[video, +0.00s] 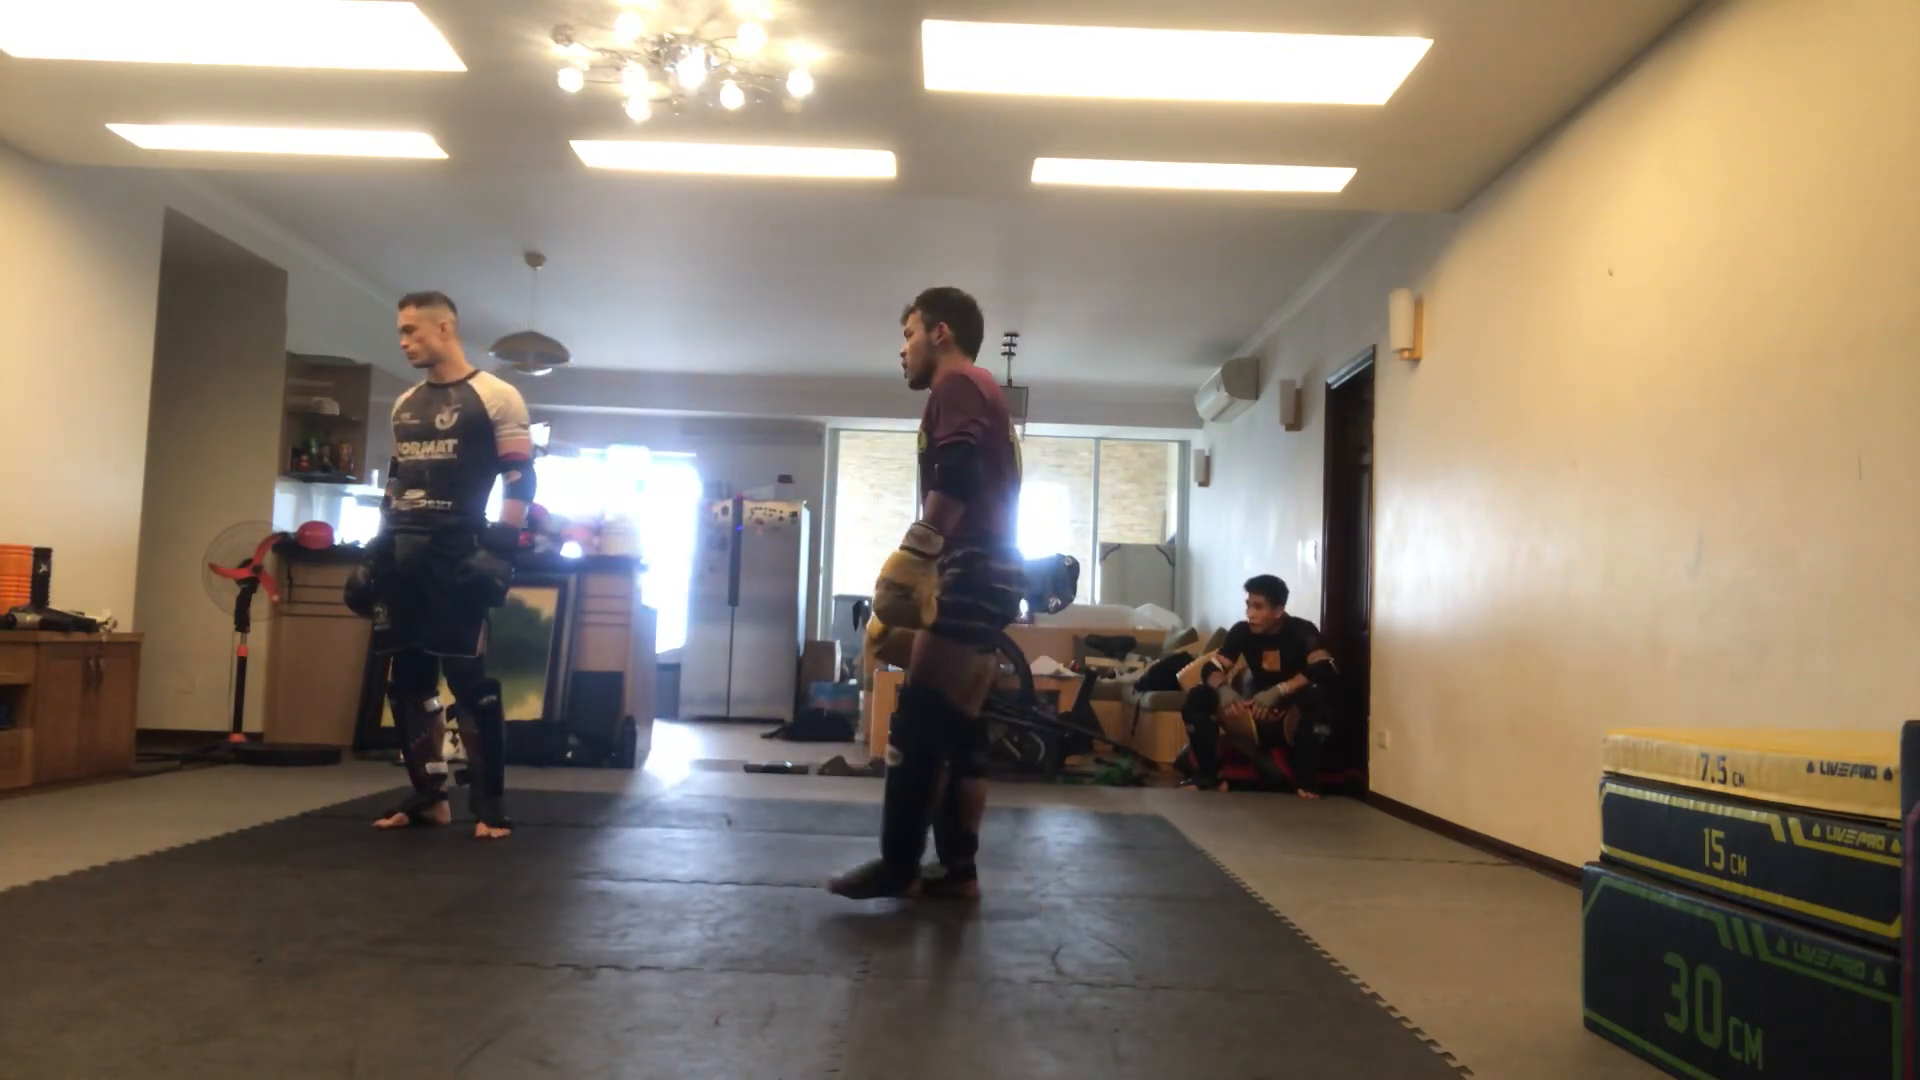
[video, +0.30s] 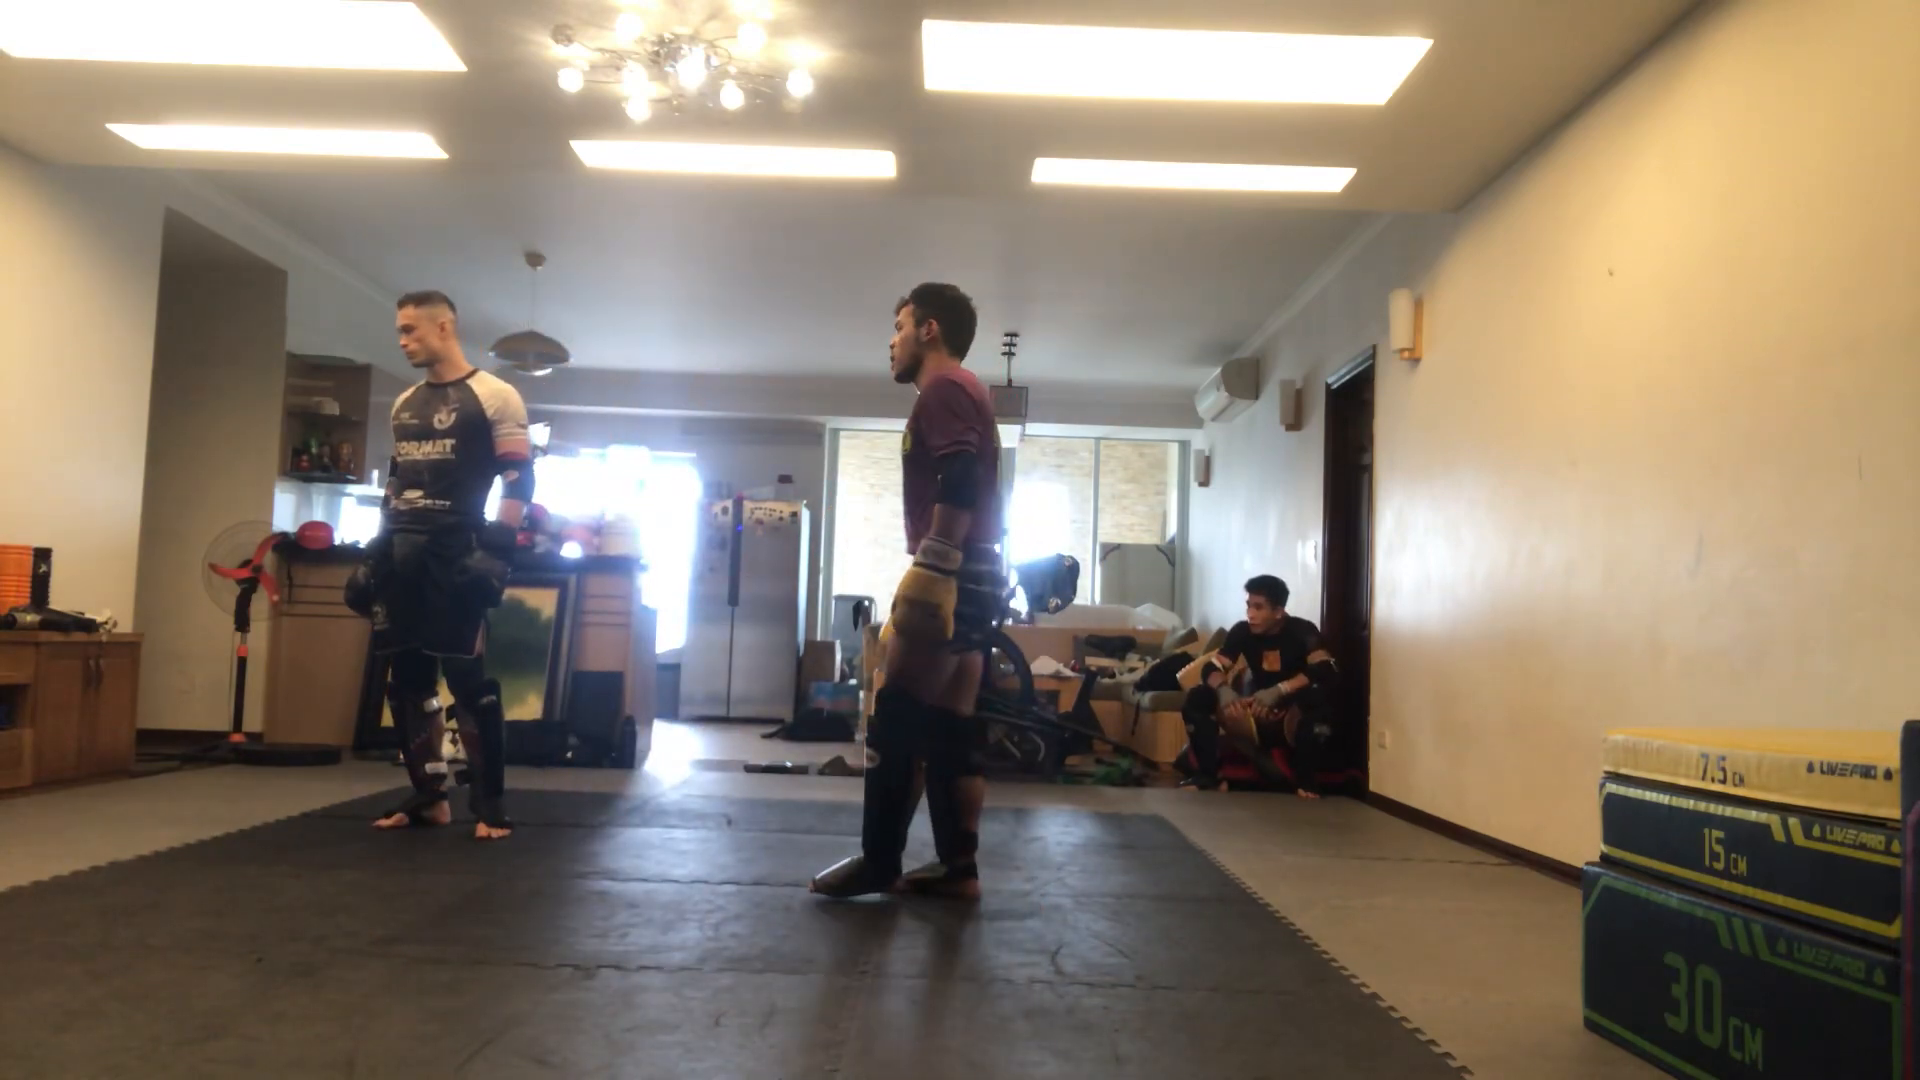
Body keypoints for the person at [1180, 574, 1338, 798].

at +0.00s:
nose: (1250, 613)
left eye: (1257, 607)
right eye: (1248, 606)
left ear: (1278, 611)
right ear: (1245, 604)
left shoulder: (1302, 631)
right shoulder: (1242, 632)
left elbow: (1324, 668)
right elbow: (1212, 668)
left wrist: (1277, 691)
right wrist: (1223, 690)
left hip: (1293, 713)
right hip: (1254, 712)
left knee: (1316, 701)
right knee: (1198, 698)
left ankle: (1306, 781)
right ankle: (1208, 776)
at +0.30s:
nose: (1250, 614)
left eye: (1258, 608)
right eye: (1248, 606)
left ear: (1279, 611)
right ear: (1246, 604)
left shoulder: (1302, 631)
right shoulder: (1242, 632)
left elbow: (1325, 668)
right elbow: (1212, 668)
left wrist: (1278, 691)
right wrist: (1223, 689)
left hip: (1292, 715)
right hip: (1252, 714)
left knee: (1315, 703)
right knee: (1198, 698)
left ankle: (1306, 782)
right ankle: (1208, 776)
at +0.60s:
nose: (1250, 614)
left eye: (1258, 608)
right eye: (1249, 606)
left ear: (1279, 611)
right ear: (1246, 604)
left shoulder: (1303, 630)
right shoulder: (1242, 631)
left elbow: (1325, 668)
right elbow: (1212, 668)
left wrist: (1279, 691)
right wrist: (1223, 690)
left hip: (1293, 714)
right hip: (1254, 712)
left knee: (1318, 702)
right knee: (1198, 698)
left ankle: (1307, 782)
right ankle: (1208, 776)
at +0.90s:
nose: (1249, 614)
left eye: (1257, 608)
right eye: (1248, 606)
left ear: (1278, 610)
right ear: (1245, 604)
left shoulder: (1302, 630)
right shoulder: (1242, 632)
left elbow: (1327, 667)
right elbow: (1212, 668)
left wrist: (1281, 691)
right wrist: (1223, 690)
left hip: (1294, 717)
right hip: (1254, 717)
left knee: (1319, 701)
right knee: (1198, 698)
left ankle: (1306, 782)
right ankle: (1208, 776)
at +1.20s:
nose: (1245, 617)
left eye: (1251, 610)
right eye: (1243, 610)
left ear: (1274, 610)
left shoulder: (1304, 633)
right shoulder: (1242, 633)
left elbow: (1330, 671)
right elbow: (1211, 668)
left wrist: (1281, 669)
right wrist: (1223, 691)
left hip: (1292, 720)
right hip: (1250, 719)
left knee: (1320, 704)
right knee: (1198, 698)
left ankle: (1306, 781)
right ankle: (1208, 777)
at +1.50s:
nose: (1246, 620)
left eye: (1251, 613)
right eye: (1244, 613)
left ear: (1274, 608)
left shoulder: (1306, 633)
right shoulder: (1243, 632)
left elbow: (1312, 676)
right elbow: (1211, 668)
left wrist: (1279, 635)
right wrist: (1223, 689)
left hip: (1293, 720)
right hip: (1251, 720)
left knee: (1319, 703)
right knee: (1198, 698)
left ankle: (1306, 782)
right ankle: (1208, 777)